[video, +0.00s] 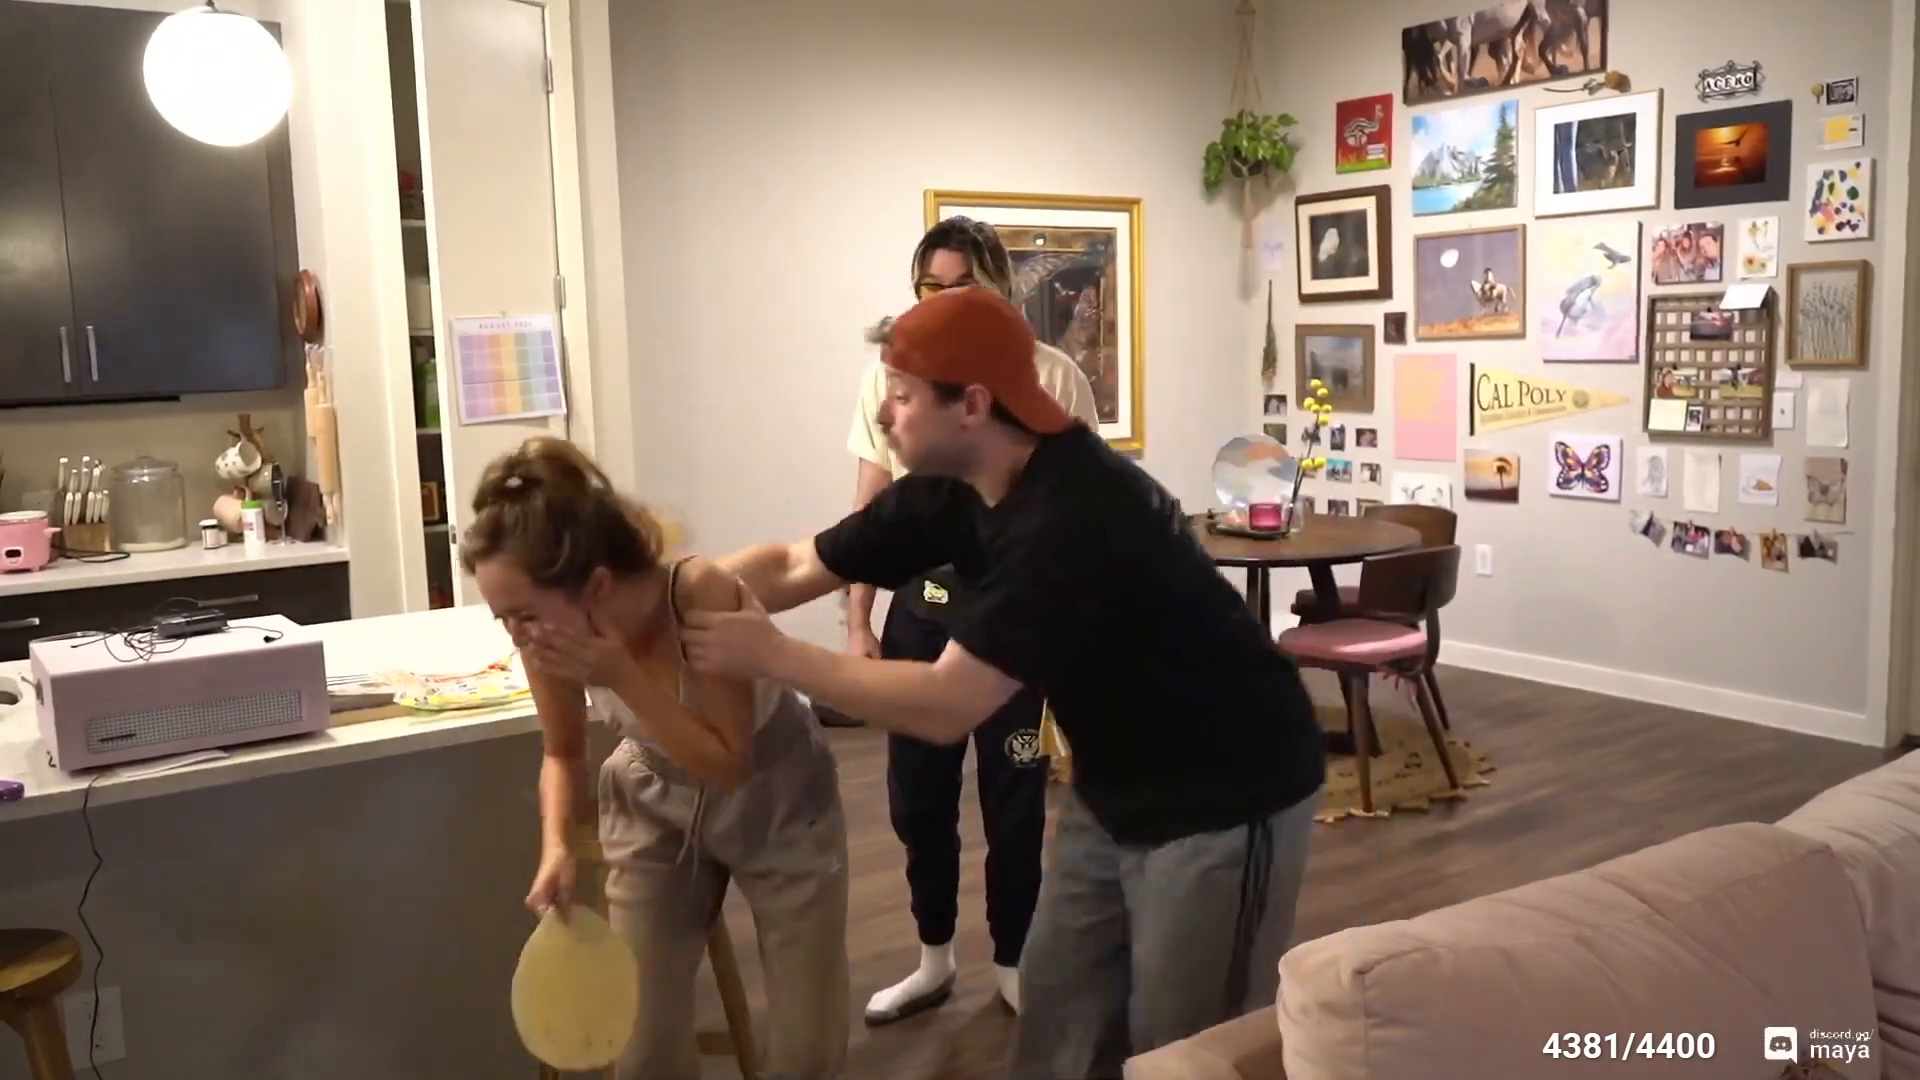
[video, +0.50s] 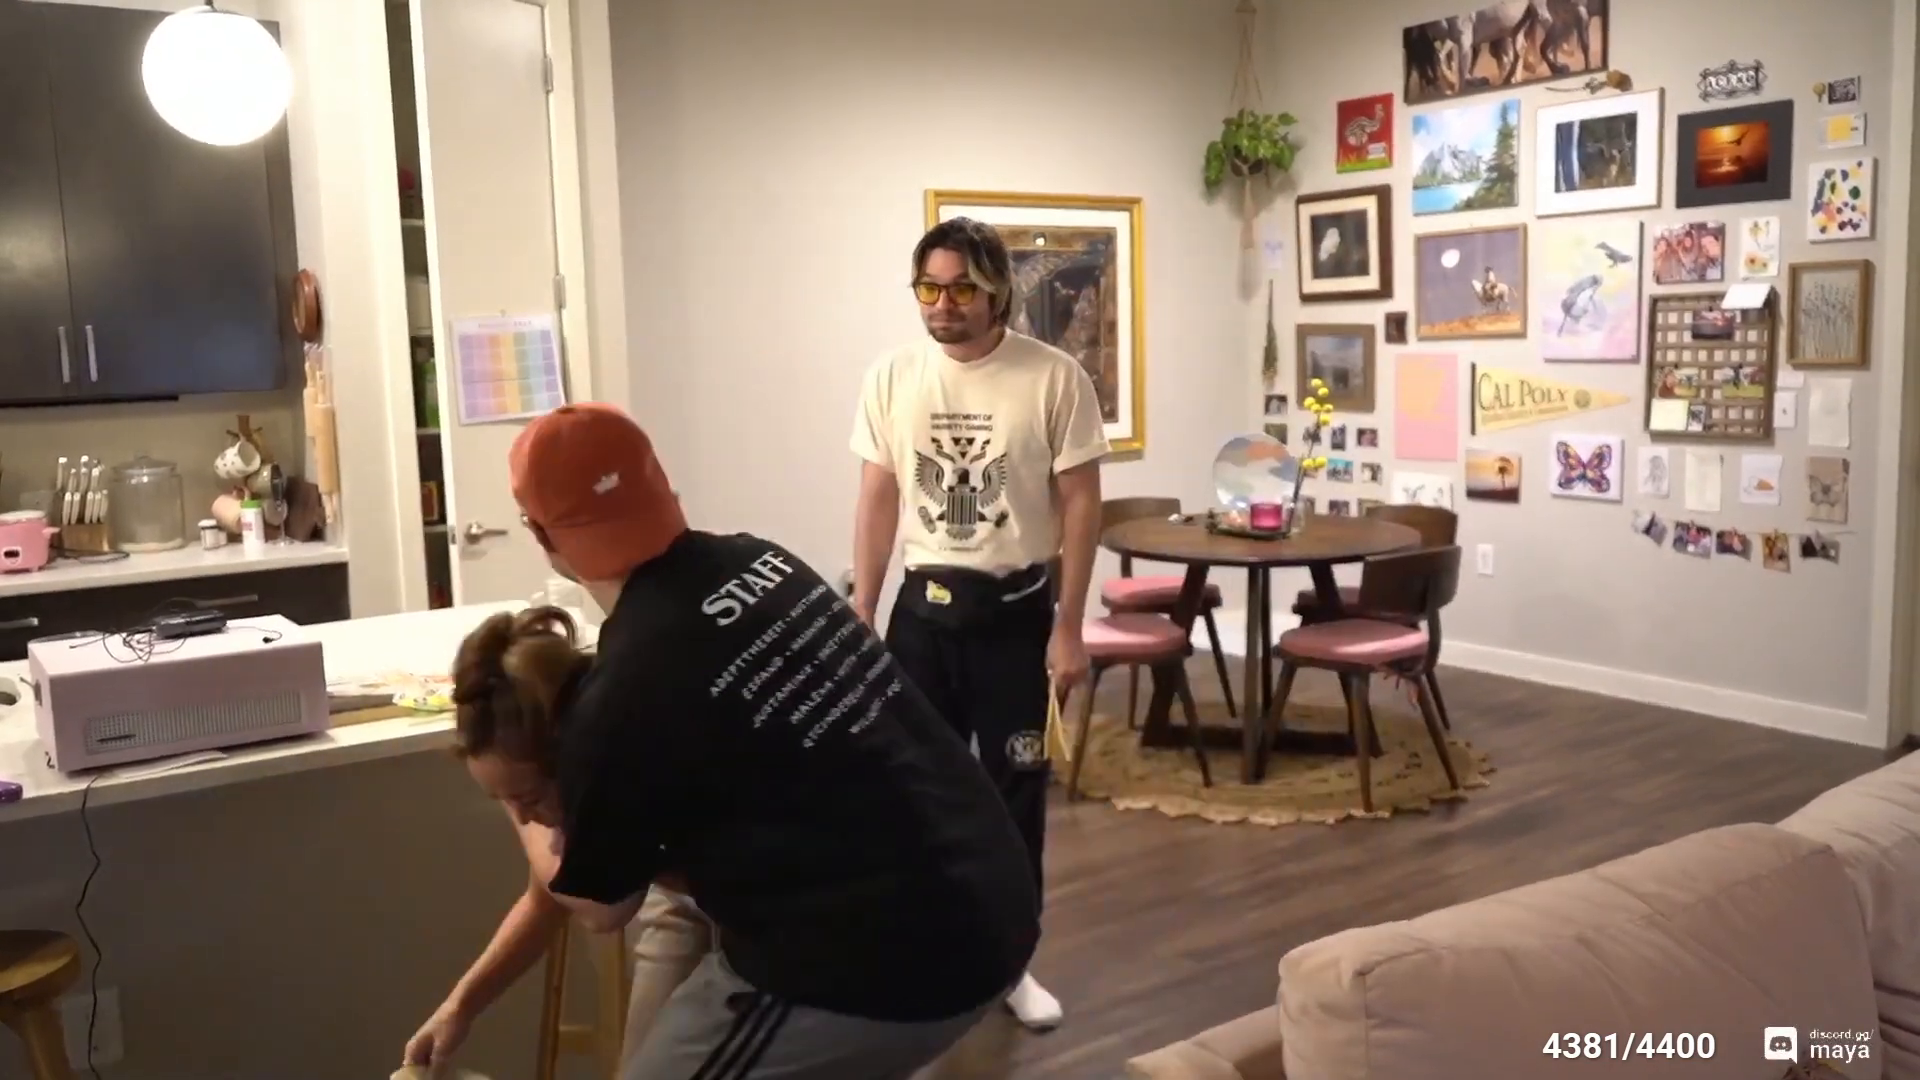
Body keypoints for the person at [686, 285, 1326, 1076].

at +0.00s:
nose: (884, 416)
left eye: (900, 398)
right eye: (886, 395)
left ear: (972, 406)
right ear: (967, 408)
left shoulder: (1073, 506)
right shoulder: (947, 493)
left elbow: (949, 704)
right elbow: (795, 564)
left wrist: (776, 656)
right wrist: (709, 579)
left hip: (1232, 801)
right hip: (1112, 790)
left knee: (1187, 1057)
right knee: (1059, 1023)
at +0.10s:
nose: (792, 453)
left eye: (806, 431)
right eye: (796, 430)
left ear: (872, 442)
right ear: (874, 443)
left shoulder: (1005, 559)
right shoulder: (876, 536)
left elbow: (911, 789)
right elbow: (747, 600)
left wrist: (748, 710)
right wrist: (676, 606)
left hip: (1144, 834)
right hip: (1035, 814)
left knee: (988, 1055)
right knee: (956, 1036)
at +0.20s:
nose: (701, 494)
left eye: (704, 474)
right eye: (703, 473)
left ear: (749, 486)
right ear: (807, 464)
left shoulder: (890, 607)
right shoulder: (851, 541)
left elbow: (824, 875)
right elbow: (737, 606)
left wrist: (639, 870)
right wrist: (633, 654)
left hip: (1061, 877)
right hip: (968, 847)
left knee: (888, 1070)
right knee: (829, 1040)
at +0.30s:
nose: (631, 528)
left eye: (631, 507)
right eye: (630, 505)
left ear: (666, 524)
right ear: (757, 474)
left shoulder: (740, 687)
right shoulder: (836, 548)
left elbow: (668, 922)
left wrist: (486, 926)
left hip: (959, 953)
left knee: (779, 1068)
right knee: (757, 1023)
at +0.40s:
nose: (561, 536)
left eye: (558, 520)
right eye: (561, 517)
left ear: (581, 538)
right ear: (693, 477)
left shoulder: (674, 687)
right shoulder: (779, 557)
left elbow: (588, 909)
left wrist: (446, 824)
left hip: (909, 955)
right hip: (1008, 895)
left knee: (718, 1068)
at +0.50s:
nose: (535, 541)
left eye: (533, 526)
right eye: (530, 525)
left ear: (553, 542)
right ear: (657, 485)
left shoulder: (624, 690)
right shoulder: (757, 559)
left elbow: (600, 904)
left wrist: (521, 807)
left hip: (872, 966)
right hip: (986, 894)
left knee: (658, 1065)